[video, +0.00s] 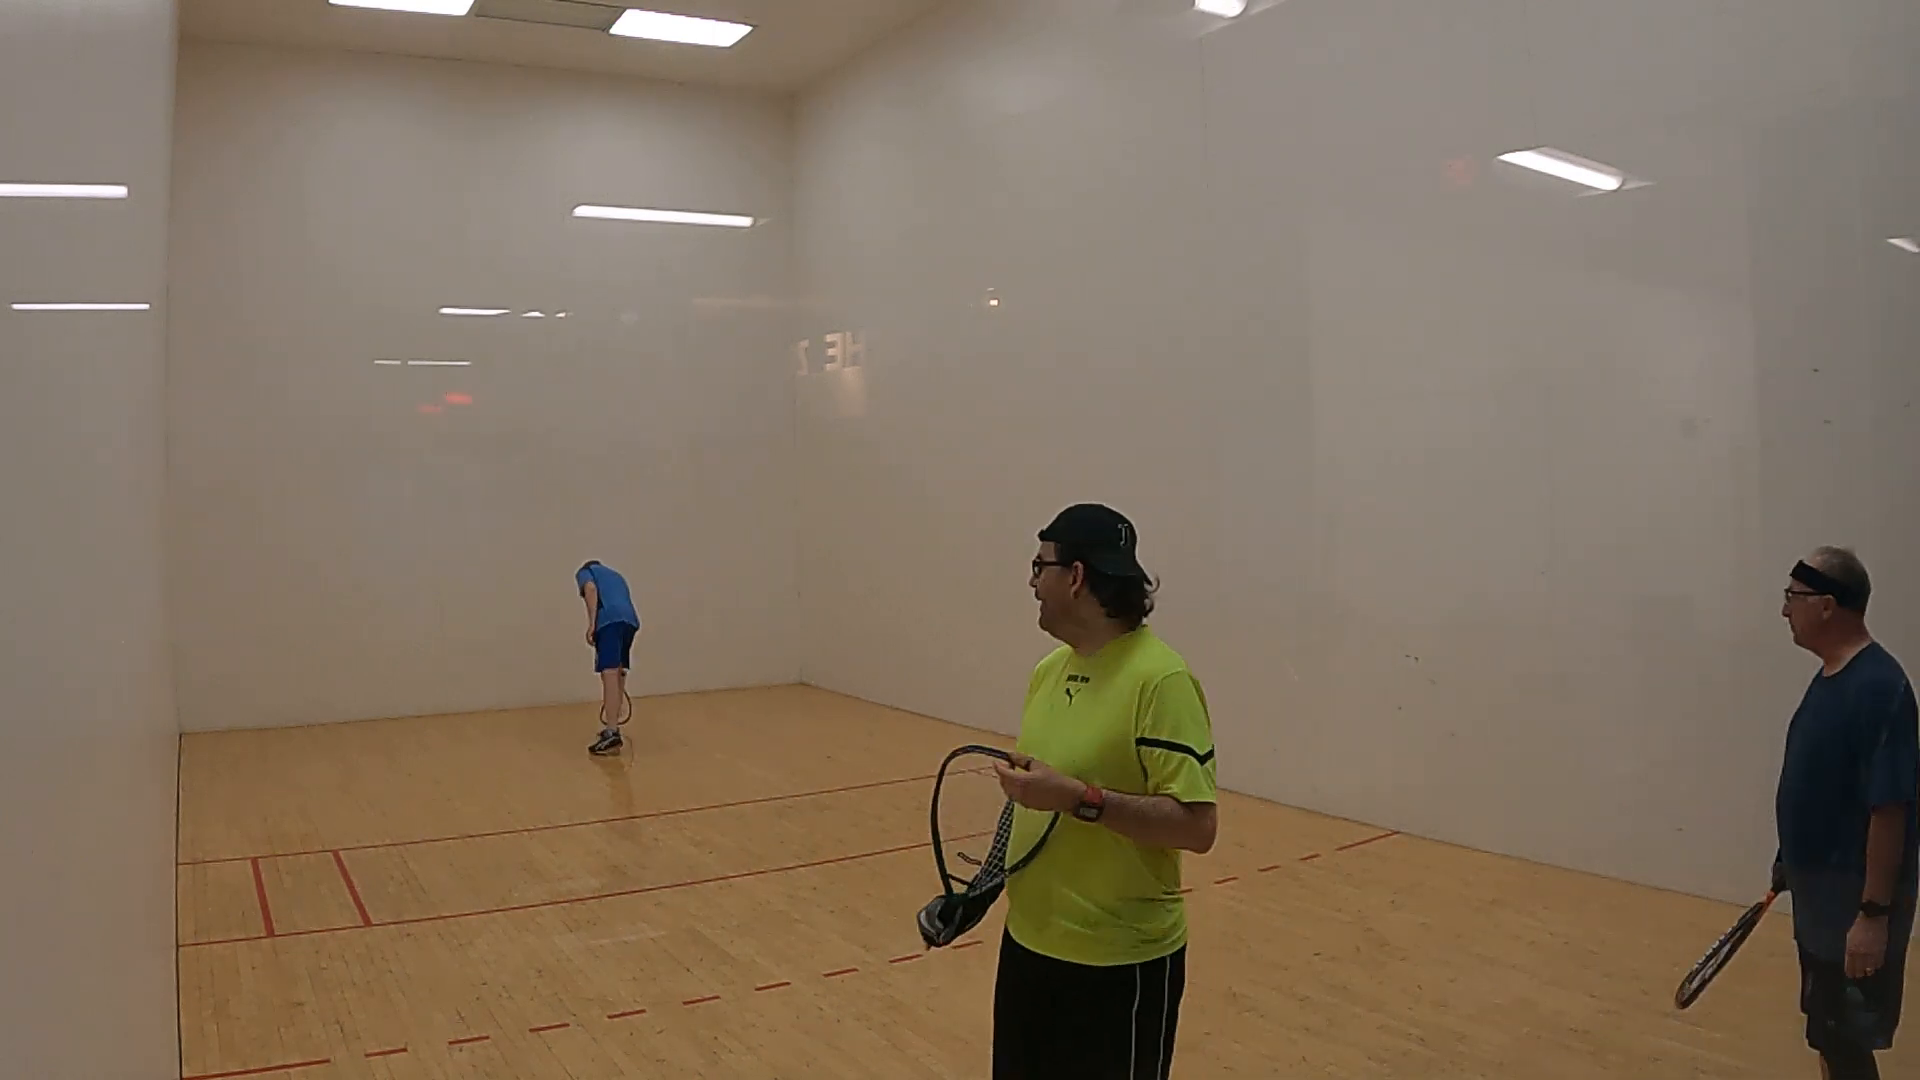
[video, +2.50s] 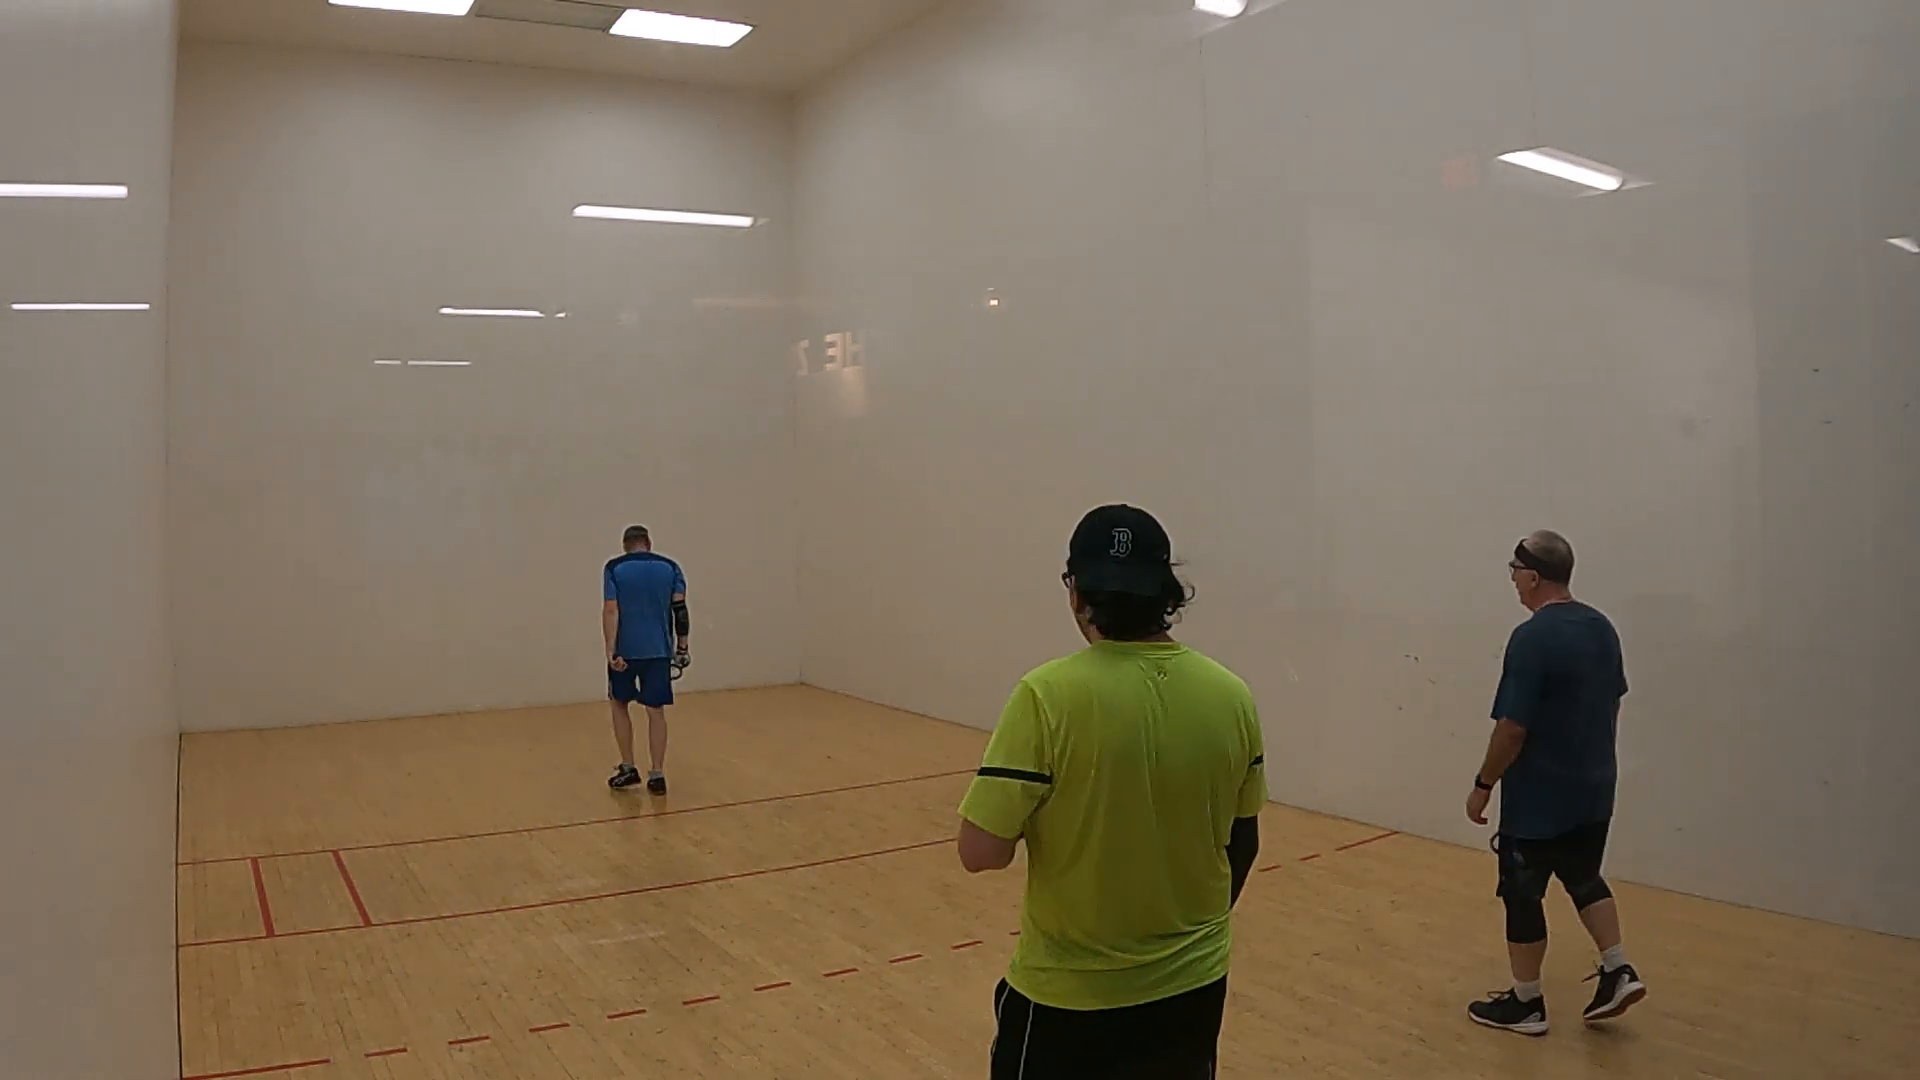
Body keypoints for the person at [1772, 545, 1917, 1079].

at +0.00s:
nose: (1784, 607)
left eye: (1793, 595)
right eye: (1787, 595)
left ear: (1828, 606)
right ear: (1827, 607)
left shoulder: (1879, 686)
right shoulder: (1833, 678)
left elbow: (1890, 810)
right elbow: (1828, 785)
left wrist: (1873, 913)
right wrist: (1792, 861)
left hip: (1855, 905)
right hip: (1821, 895)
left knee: (1844, 1046)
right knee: (1829, 1038)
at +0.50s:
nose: (1780, 600)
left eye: (1786, 589)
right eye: (1782, 589)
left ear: (1812, 597)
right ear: (1835, 599)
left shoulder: (1833, 670)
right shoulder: (1869, 663)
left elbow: (1818, 787)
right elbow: (1858, 787)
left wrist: (1786, 881)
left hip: (1816, 881)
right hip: (1861, 881)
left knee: (1754, 988)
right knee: (1841, 997)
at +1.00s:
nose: (1707, 605)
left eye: (1709, 595)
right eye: (1707, 595)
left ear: (1724, 601)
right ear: (1764, 599)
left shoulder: (1722, 669)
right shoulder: (1809, 662)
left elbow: (1707, 778)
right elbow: (1833, 756)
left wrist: (1688, 859)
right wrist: (1821, 829)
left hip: (1733, 862)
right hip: (1802, 863)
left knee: (1695, 957)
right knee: (1802, 983)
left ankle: (1692, 1071)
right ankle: (1825, 1076)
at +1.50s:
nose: (1635, 592)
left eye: (1637, 584)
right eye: (1637, 583)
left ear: (1649, 591)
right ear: (1691, 587)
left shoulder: (1644, 657)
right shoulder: (1735, 646)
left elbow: (1607, 750)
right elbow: (1761, 733)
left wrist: (1575, 808)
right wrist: (1748, 801)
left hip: (1662, 835)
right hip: (1721, 829)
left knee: (1672, 947)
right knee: (1677, 931)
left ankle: (1686, 1065)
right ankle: (1662, 1024)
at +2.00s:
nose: (1584, 579)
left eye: (1587, 571)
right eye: (1586, 570)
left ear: (1602, 577)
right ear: (1636, 578)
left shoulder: (1604, 639)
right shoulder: (1670, 634)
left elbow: (1597, 729)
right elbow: (1683, 716)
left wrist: (1587, 807)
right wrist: (1662, 781)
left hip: (1603, 810)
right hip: (1663, 811)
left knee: (1558, 892)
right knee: (1642, 911)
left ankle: (1594, 1005)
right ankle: (1629, 1025)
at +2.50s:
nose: (1512, 578)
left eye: (1515, 570)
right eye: (1513, 569)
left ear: (1531, 576)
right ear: (1564, 576)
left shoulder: (1530, 637)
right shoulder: (1600, 627)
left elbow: (1511, 726)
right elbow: (1613, 704)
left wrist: (1483, 784)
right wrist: (1595, 761)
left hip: (1537, 792)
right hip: (1593, 788)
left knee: (1521, 890)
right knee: (1582, 874)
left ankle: (1526, 1001)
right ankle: (1617, 971)